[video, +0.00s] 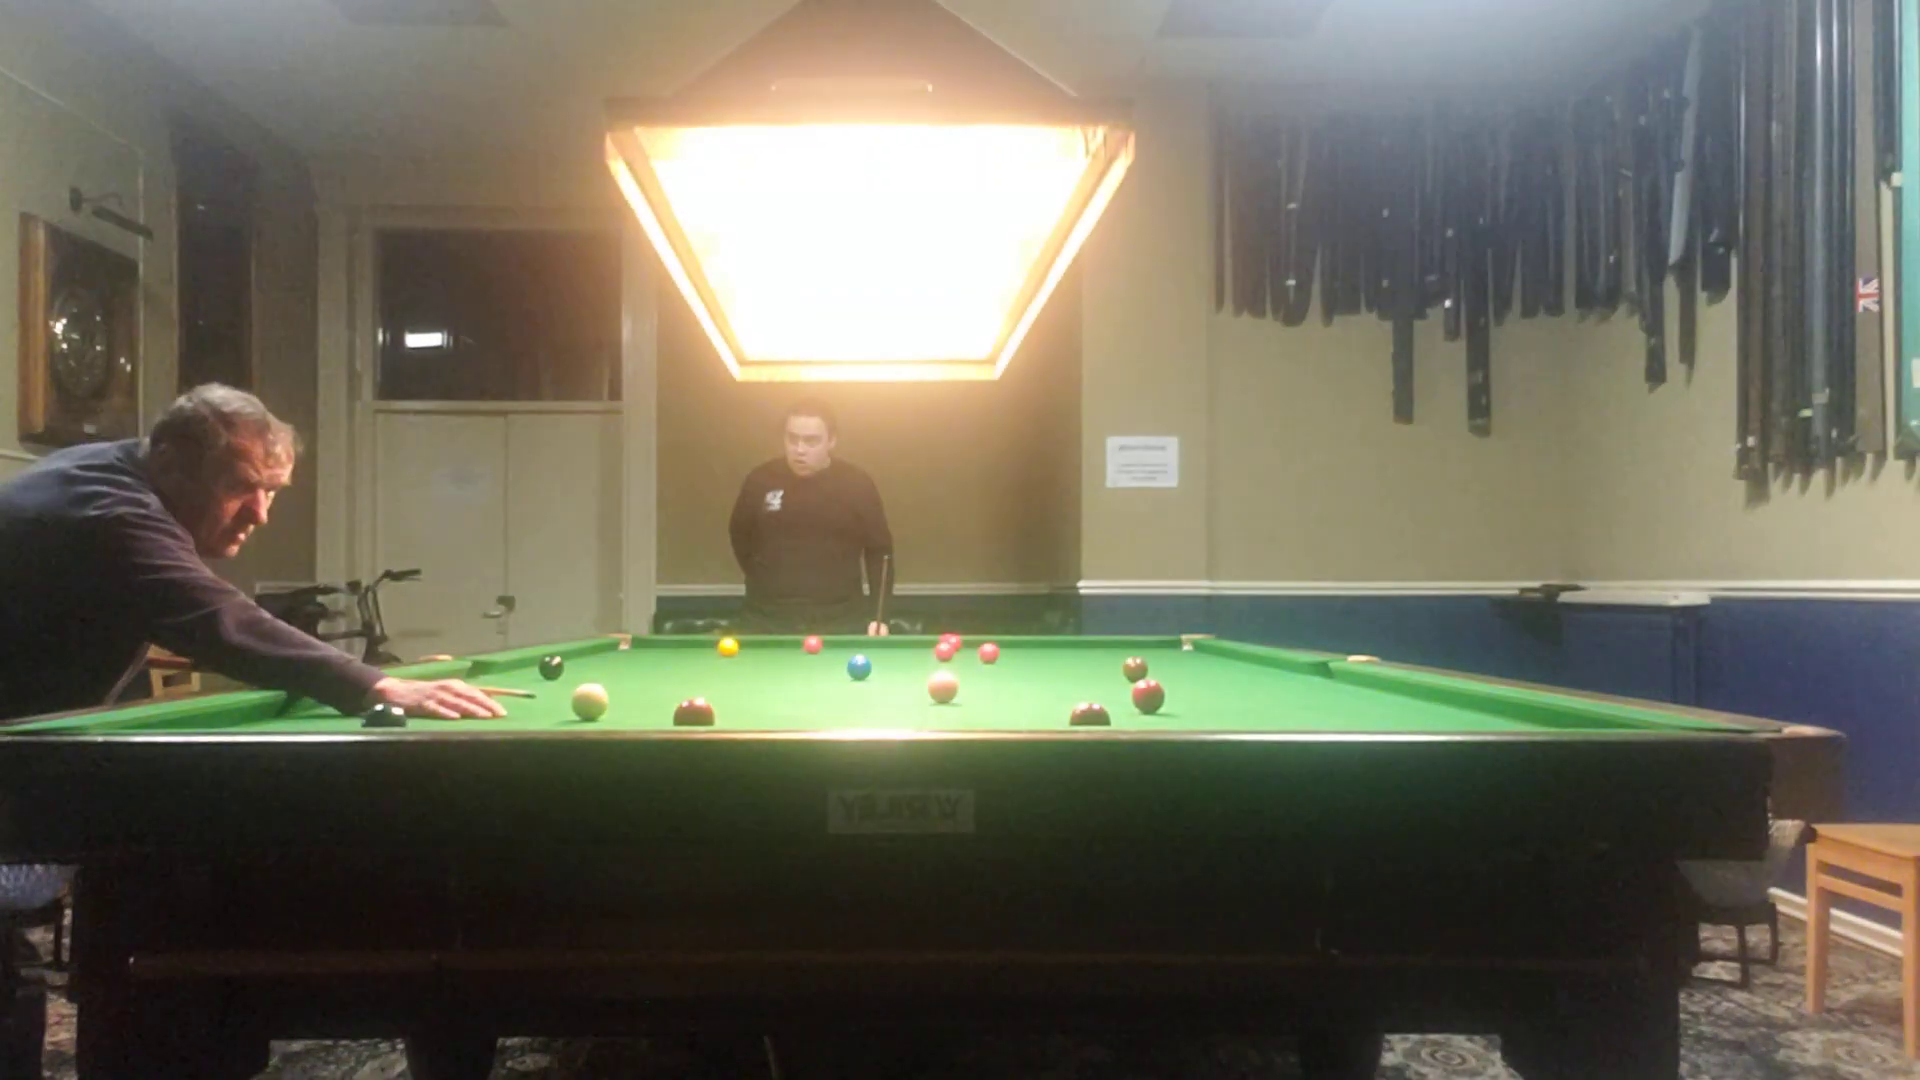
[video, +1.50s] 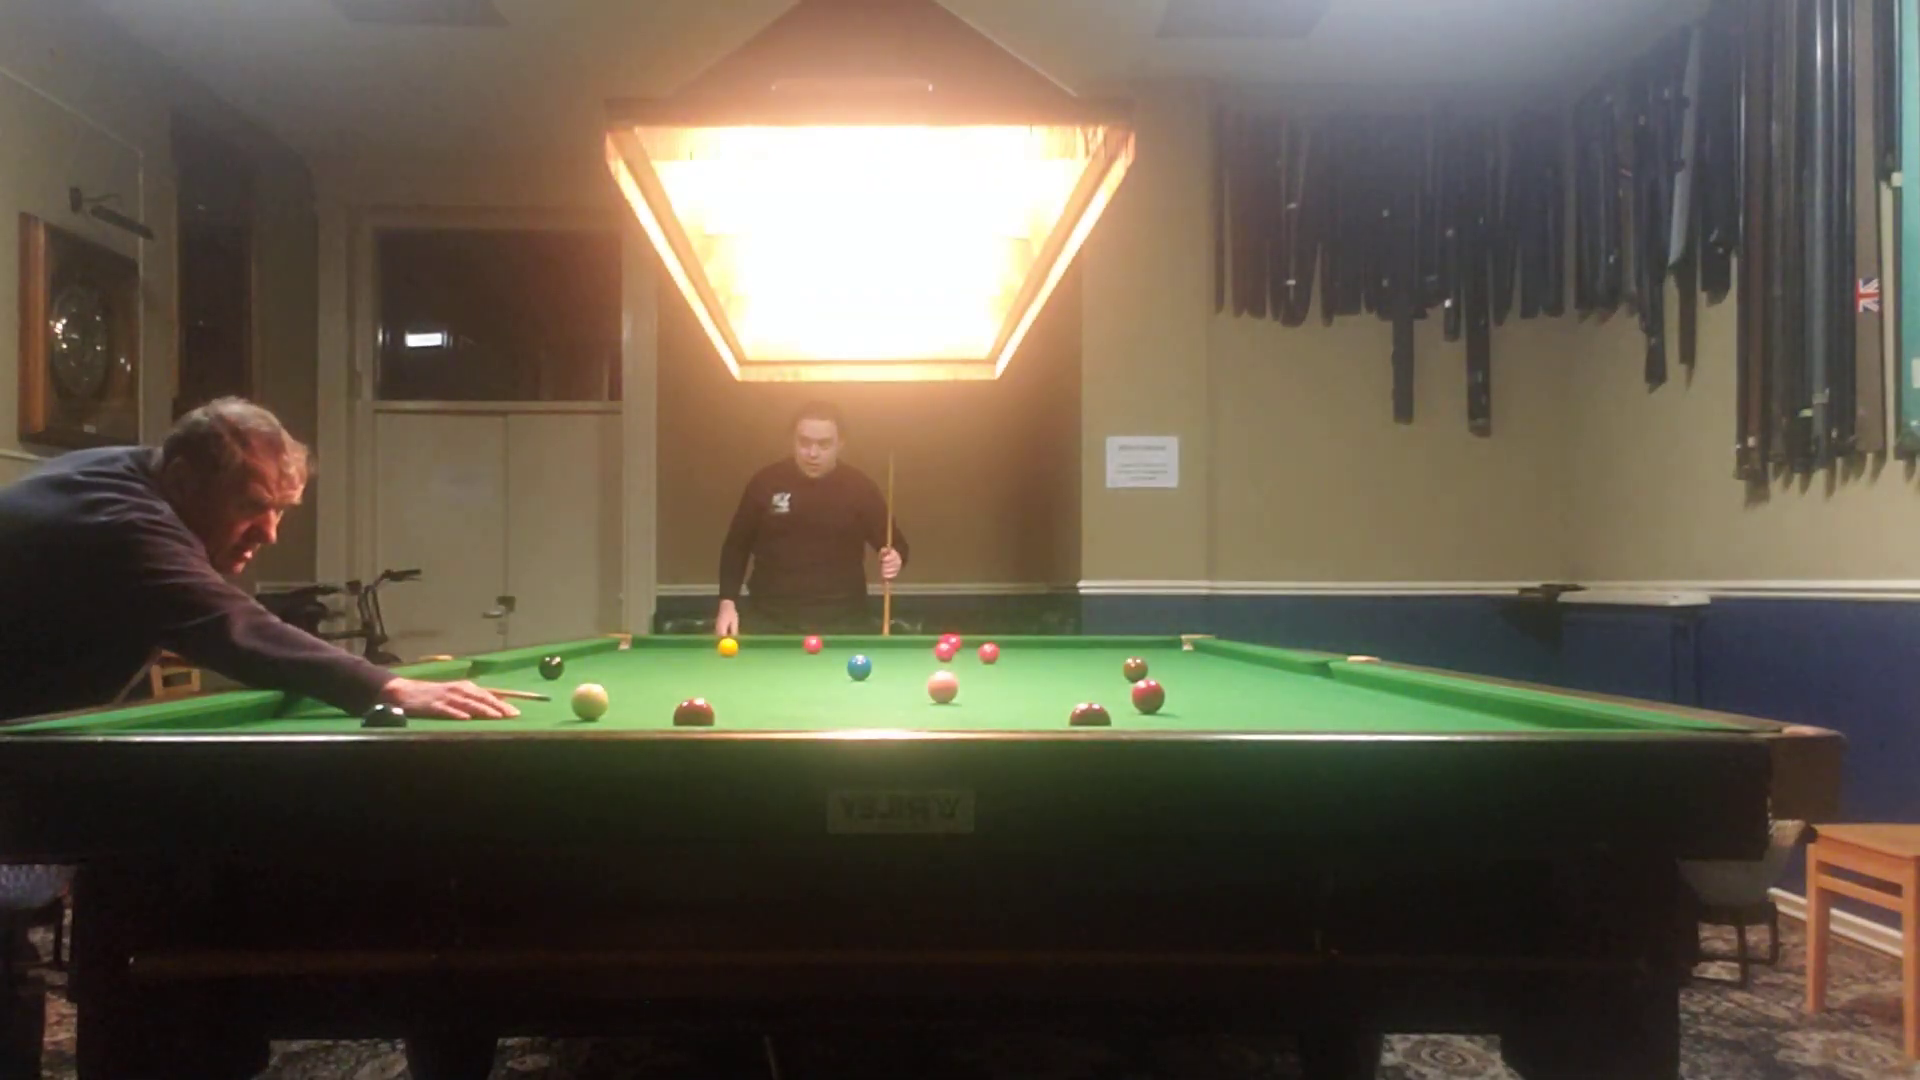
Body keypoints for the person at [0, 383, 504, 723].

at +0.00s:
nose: (260, 514)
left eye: (271, 494)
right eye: (245, 490)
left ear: (175, 463)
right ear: (178, 467)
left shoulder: (126, 470)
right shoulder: (118, 518)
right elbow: (231, 627)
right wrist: (384, 687)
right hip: (15, 731)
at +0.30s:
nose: (259, 518)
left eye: (269, 498)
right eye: (244, 493)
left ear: (172, 461)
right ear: (177, 464)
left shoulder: (114, 471)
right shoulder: (117, 519)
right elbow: (229, 628)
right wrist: (384, 687)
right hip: (15, 738)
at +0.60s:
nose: (258, 519)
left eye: (269, 500)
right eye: (243, 494)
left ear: (170, 466)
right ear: (176, 469)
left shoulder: (115, 471)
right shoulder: (114, 517)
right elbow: (228, 628)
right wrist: (384, 687)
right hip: (13, 732)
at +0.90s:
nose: (262, 524)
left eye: (272, 503)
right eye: (247, 498)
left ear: (177, 464)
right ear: (180, 467)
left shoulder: (124, 472)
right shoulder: (119, 521)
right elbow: (232, 630)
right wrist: (388, 687)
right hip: (14, 731)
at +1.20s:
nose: (267, 531)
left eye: (278, 511)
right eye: (252, 503)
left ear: (178, 469)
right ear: (181, 472)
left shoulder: (129, 475)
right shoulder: (124, 522)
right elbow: (237, 630)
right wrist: (392, 687)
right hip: (13, 721)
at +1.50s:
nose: (269, 534)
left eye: (281, 513)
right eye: (253, 507)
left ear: (179, 473)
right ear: (183, 478)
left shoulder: (127, 472)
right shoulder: (133, 529)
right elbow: (243, 632)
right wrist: (394, 687)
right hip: (11, 720)